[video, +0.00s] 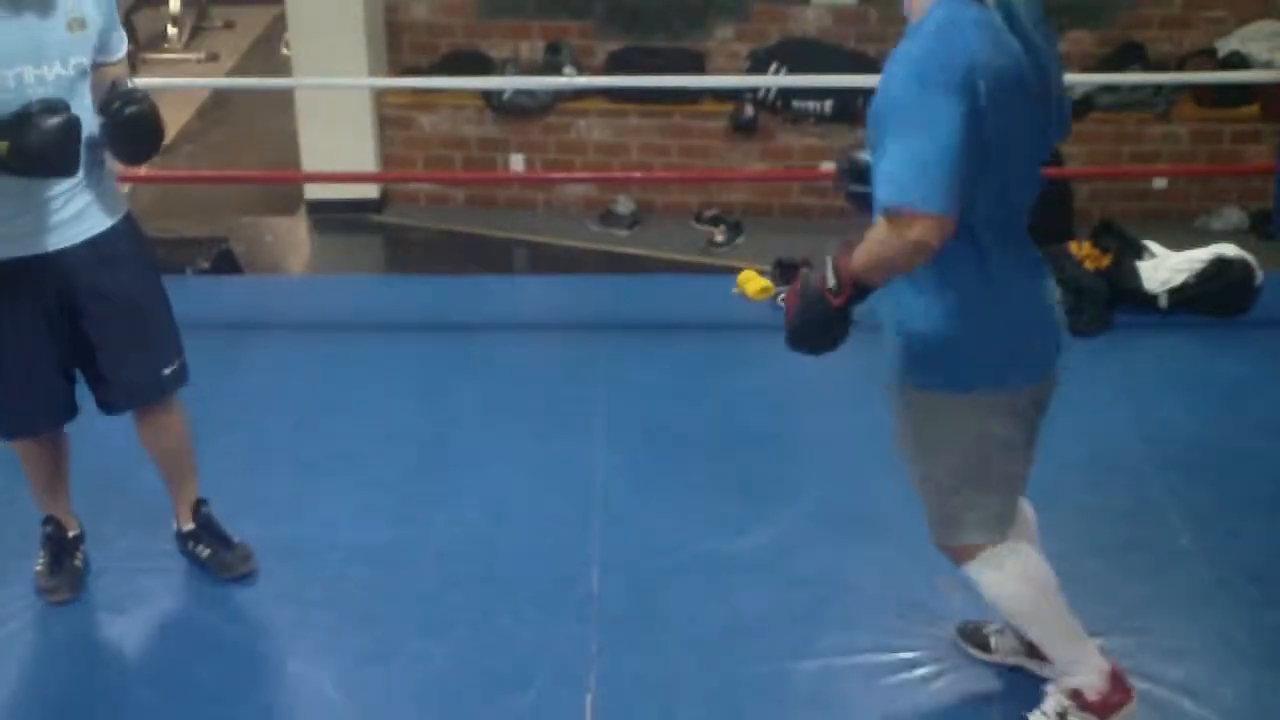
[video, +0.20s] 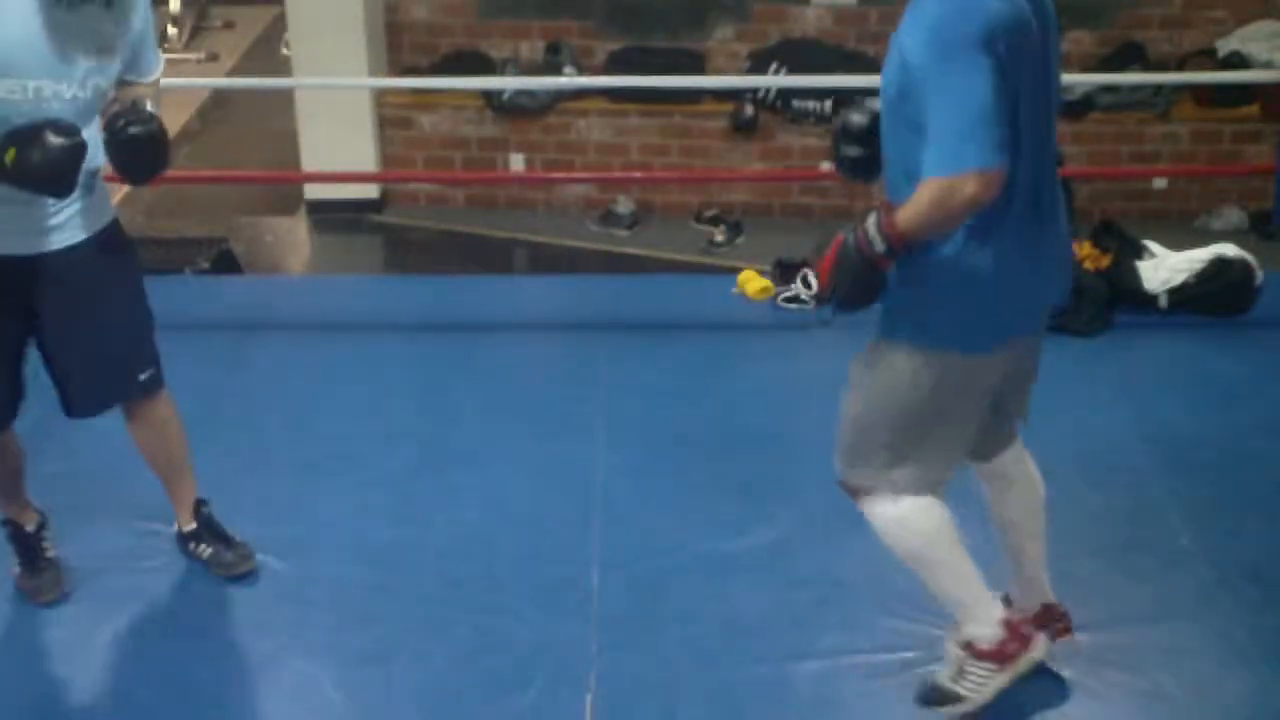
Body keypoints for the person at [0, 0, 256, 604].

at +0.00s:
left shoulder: (91, 7)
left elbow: (110, 83)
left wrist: (129, 123)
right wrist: (4, 146)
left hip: (96, 227)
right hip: (9, 248)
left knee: (154, 385)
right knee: (29, 412)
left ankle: (192, 521)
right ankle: (59, 533)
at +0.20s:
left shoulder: (127, 8)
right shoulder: (11, 15)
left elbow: (135, 85)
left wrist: (136, 132)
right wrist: (5, 153)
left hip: (84, 228)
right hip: (4, 245)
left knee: (141, 383)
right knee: (1, 418)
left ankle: (193, 521)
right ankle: (23, 524)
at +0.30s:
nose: (104, 6)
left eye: (111, 3)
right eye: (94, 4)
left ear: (116, 0)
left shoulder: (125, 13)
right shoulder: (10, 23)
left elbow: (134, 88)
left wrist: (128, 134)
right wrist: (6, 167)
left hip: (70, 226)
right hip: (3, 235)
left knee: (139, 377)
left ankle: (191, 519)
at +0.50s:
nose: (59, 12)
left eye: (64, 3)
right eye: (43, 5)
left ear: (71, 3)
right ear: (11, 6)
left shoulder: (68, 30)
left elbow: (89, 112)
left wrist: (103, 146)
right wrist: (7, 183)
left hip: (42, 250)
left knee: (144, 385)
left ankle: (193, 522)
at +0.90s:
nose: (13, 60)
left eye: (19, 43)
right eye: (1, 46)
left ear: (30, 43)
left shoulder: (30, 80)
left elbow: (83, 198)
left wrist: (85, 147)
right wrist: (26, 160)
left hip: (17, 276)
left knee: (146, 398)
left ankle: (254, 525)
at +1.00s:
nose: (60, 65)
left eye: (62, 46)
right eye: (44, 54)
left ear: (67, 36)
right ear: (9, 60)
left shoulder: (73, 83)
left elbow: (111, 208)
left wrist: (121, 166)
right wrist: (34, 197)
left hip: (39, 270)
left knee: (170, 391)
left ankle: (258, 528)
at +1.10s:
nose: (112, 61)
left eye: (118, 41)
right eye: (95, 49)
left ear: (123, 27)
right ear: (39, 45)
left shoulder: (110, 67)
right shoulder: (6, 90)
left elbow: (137, 196)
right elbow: (3, 214)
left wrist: (153, 162)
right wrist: (59, 194)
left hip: (74, 268)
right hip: (4, 293)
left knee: (195, 389)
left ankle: (259, 529)